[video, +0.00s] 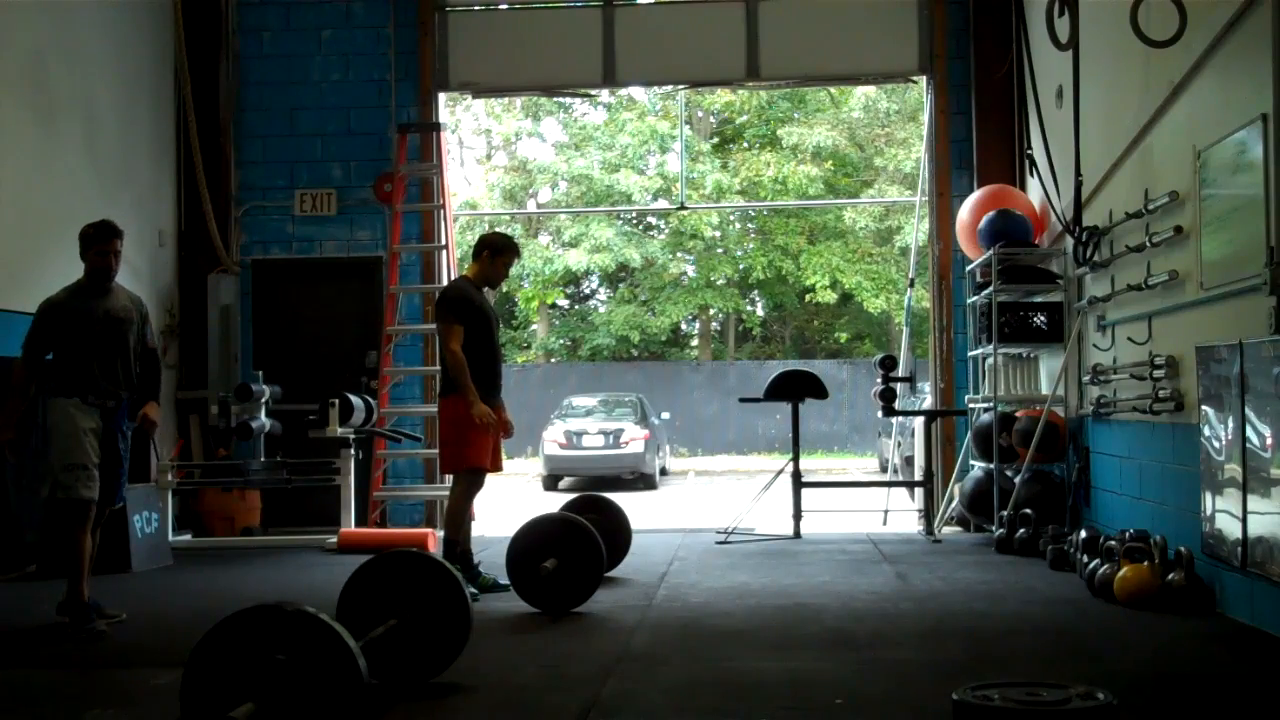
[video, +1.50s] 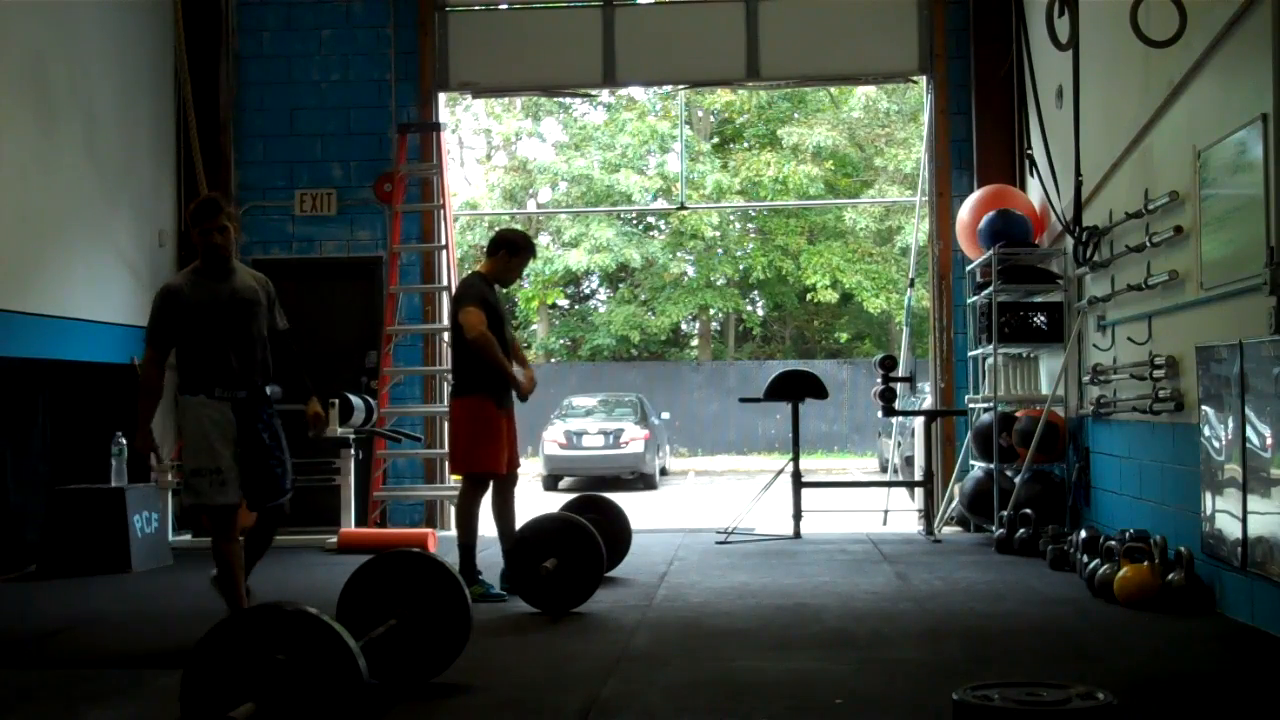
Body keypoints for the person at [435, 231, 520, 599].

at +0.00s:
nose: (507, 275)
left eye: (509, 269)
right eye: (505, 267)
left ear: (492, 261)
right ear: (486, 257)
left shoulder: (479, 298)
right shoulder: (457, 293)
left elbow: (486, 359)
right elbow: (451, 349)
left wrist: (499, 408)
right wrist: (474, 400)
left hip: (483, 404)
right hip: (463, 402)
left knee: (471, 483)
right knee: (466, 482)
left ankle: (464, 566)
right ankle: (453, 568)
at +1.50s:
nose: (520, 276)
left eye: (523, 269)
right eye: (520, 267)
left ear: (503, 258)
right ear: (502, 256)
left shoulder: (492, 294)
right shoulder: (472, 288)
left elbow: (508, 337)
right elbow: (475, 333)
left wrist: (526, 368)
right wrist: (513, 377)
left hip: (497, 401)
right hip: (474, 402)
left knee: (506, 481)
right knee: (475, 484)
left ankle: (514, 568)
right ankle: (469, 576)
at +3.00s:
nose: (573, 283)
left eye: (577, 278)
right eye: (574, 275)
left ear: (557, 260)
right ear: (558, 260)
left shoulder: (539, 296)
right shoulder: (525, 292)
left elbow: (539, 356)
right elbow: (524, 351)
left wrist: (557, 401)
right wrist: (557, 403)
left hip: (535, 401)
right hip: (524, 400)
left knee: (533, 482)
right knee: (530, 481)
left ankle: (525, 573)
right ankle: (520, 575)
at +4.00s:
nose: (614, 308)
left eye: (619, 303)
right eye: (616, 300)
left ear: (602, 282)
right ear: (604, 283)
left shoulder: (577, 312)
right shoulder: (565, 305)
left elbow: (574, 373)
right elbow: (549, 365)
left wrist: (581, 426)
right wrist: (557, 424)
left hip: (541, 399)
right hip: (525, 399)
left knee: (559, 479)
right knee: (549, 480)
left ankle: (552, 551)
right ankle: (542, 554)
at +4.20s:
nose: (625, 342)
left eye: (630, 338)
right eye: (629, 335)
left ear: (617, 314)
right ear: (621, 316)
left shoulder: (589, 336)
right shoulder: (581, 329)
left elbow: (584, 399)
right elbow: (567, 397)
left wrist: (586, 452)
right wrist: (571, 455)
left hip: (532, 404)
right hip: (515, 402)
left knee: (558, 480)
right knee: (552, 481)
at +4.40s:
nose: (627, 383)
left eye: (634, 381)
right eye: (633, 378)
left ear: (629, 355)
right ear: (630, 360)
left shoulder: (596, 364)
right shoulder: (591, 362)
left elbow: (590, 431)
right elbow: (581, 430)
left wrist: (586, 489)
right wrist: (582, 490)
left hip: (522, 410)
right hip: (509, 408)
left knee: (561, 480)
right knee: (557, 482)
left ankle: (550, 552)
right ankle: (546, 553)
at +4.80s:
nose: (627, 437)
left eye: (635, 436)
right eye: (633, 432)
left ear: (632, 409)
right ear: (632, 414)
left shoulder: (604, 413)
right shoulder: (595, 410)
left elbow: (590, 473)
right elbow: (576, 474)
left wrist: (582, 525)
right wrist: (565, 532)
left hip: (513, 424)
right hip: (503, 423)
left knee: (574, 480)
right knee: (568, 481)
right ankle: (554, 547)